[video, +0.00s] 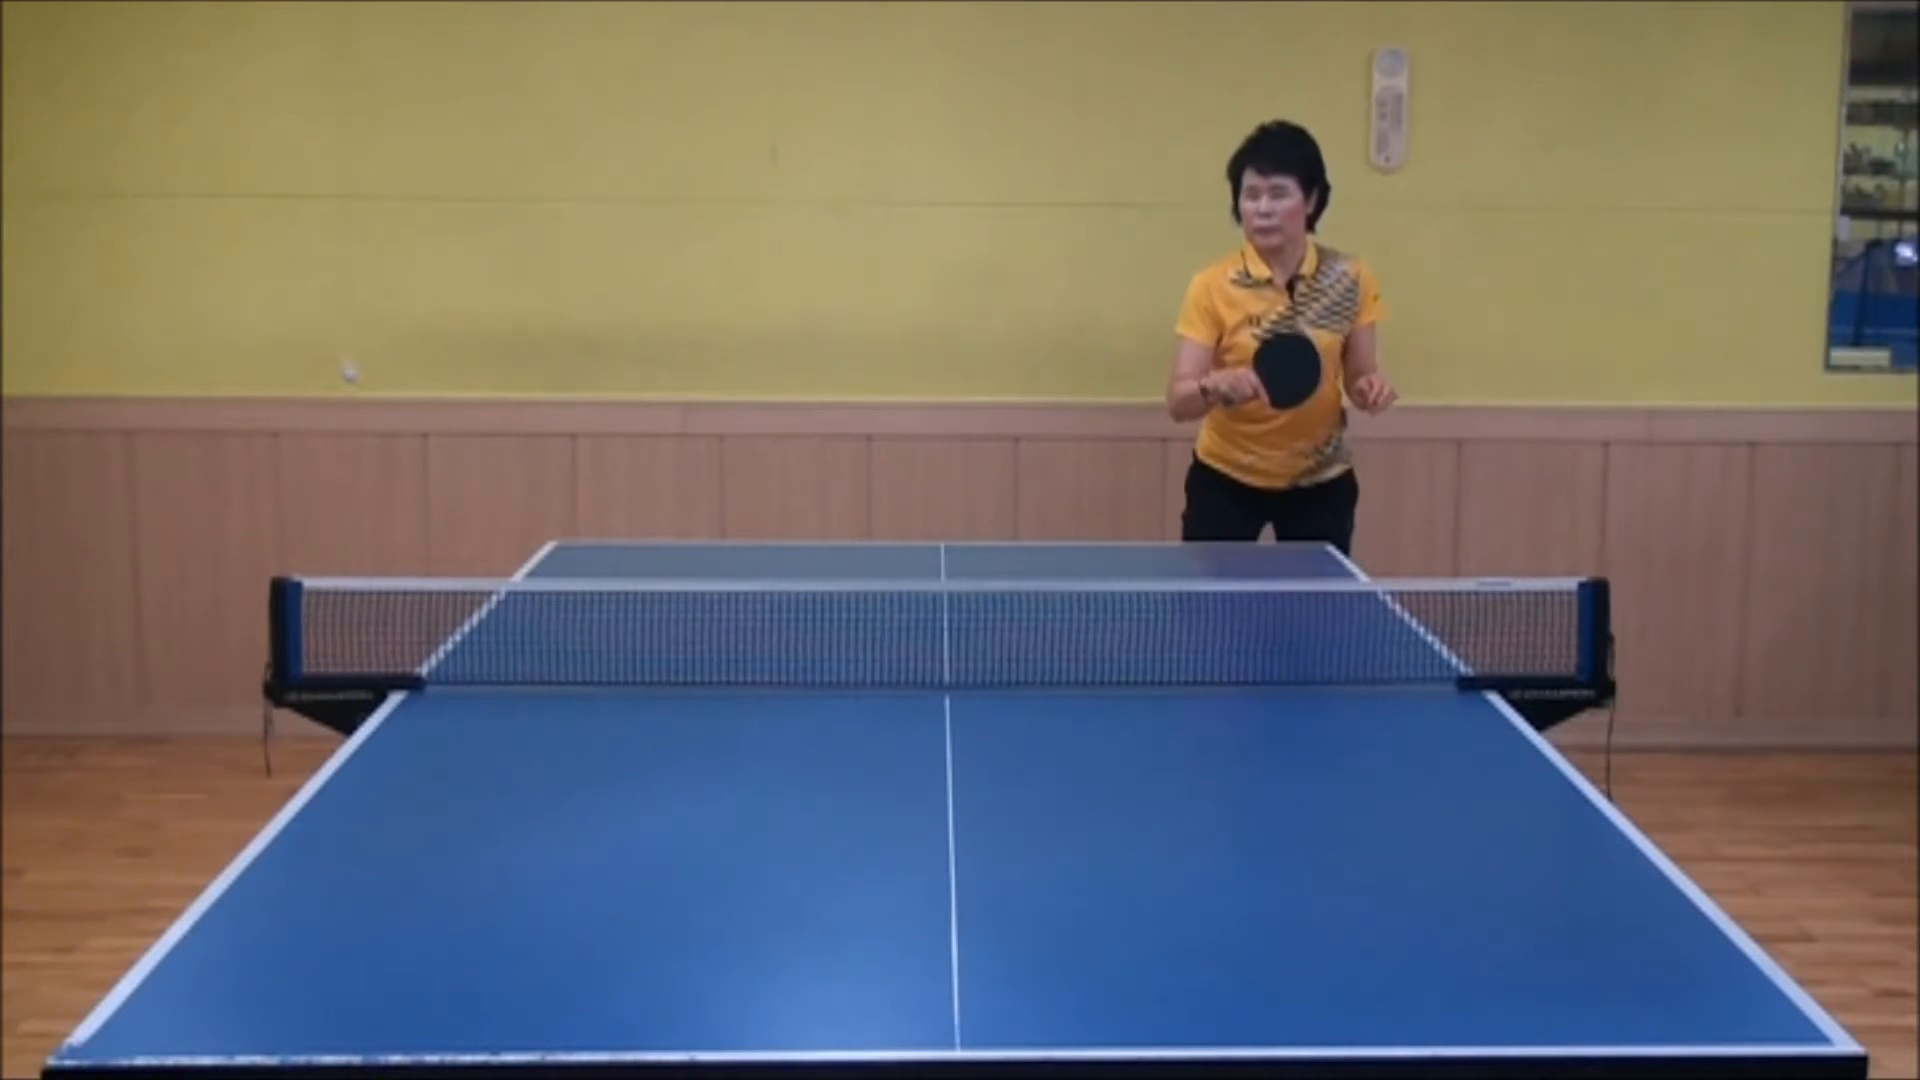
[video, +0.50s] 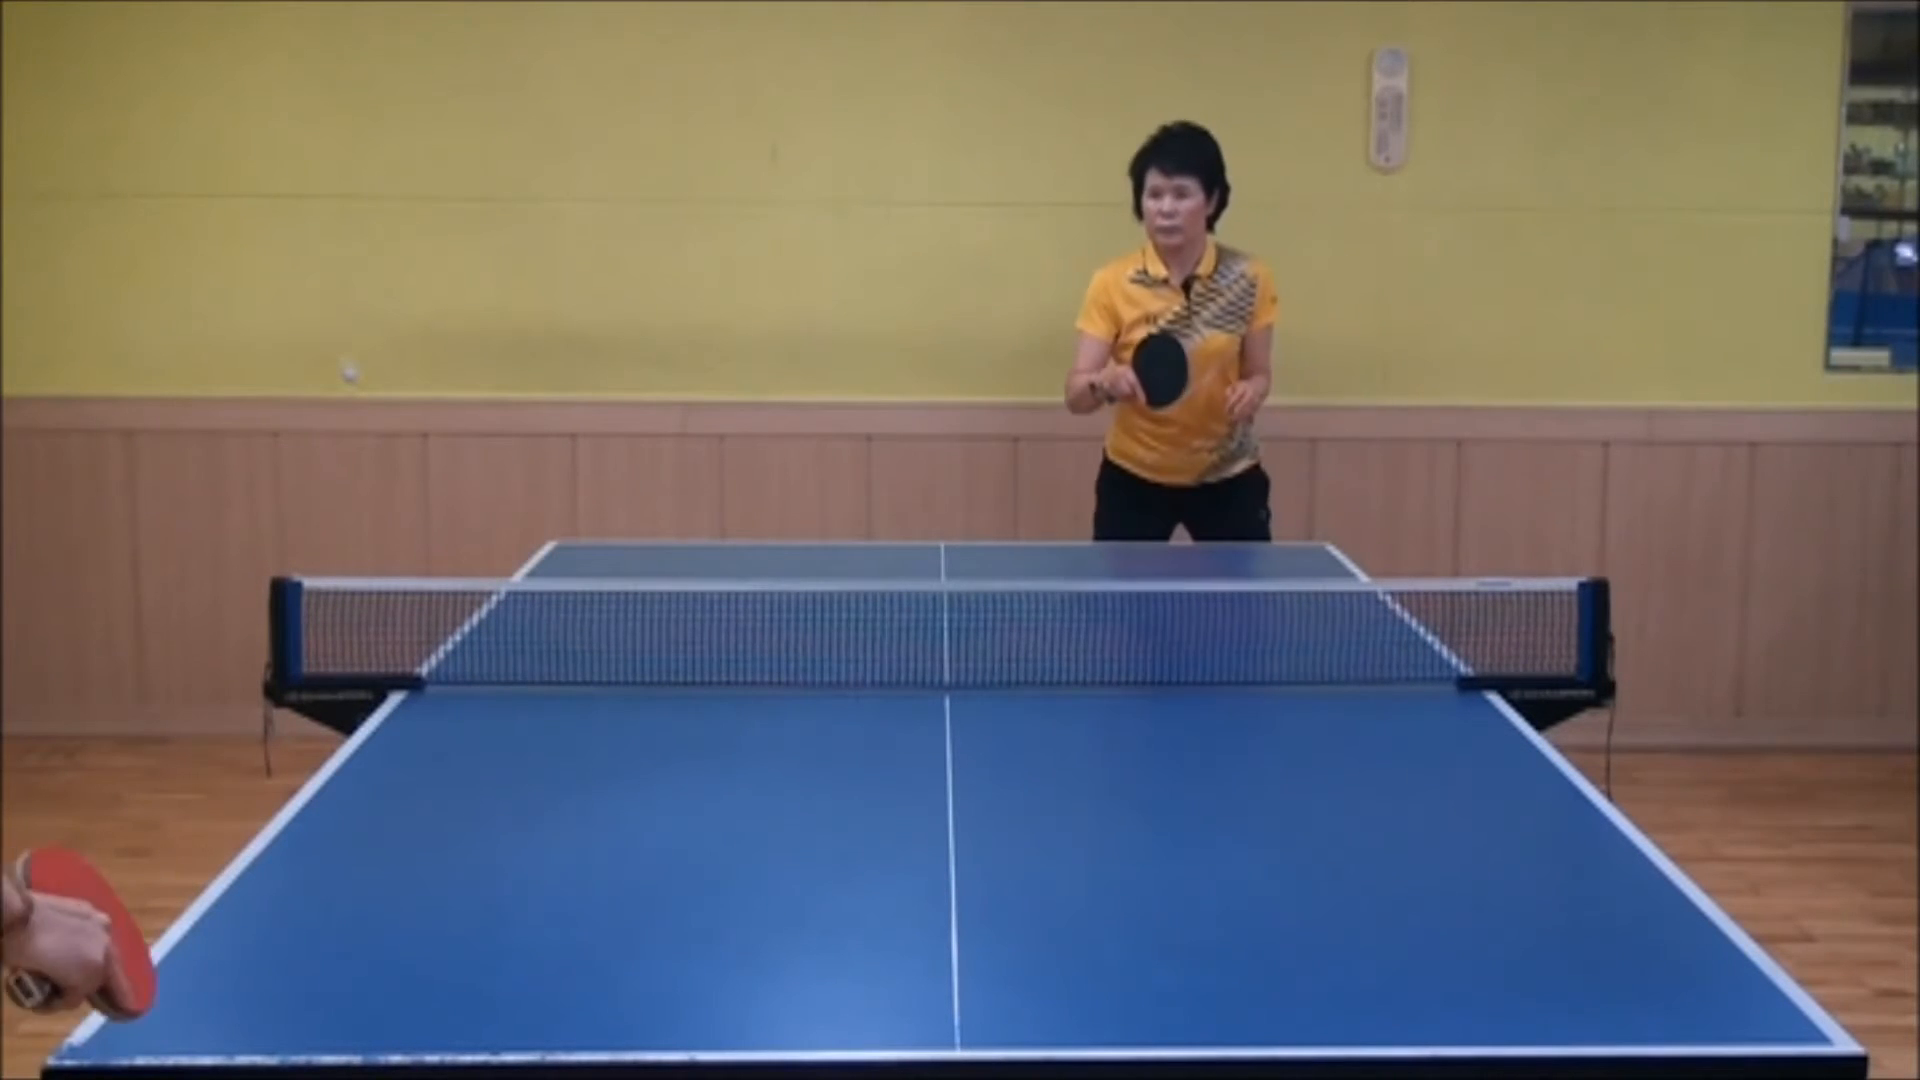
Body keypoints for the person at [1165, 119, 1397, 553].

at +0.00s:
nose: (1263, 208)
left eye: (1279, 194)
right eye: (1251, 194)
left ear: (1312, 201)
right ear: (1236, 204)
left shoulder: (1349, 281)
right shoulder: (1212, 288)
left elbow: (1360, 376)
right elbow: (1179, 403)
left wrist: (1371, 391)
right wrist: (1214, 386)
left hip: (1319, 484)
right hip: (1227, 480)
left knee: (1317, 612)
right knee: (1206, 612)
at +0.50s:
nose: (1165, 208)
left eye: (1181, 194)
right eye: (1154, 194)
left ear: (1212, 202)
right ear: (1139, 202)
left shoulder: (1249, 282)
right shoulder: (1112, 285)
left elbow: (1259, 372)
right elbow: (1077, 397)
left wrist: (1252, 390)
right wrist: (1105, 382)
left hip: (1227, 483)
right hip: (1134, 481)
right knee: (1117, 599)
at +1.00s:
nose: (1193, 203)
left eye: (1209, 189)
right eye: (1182, 189)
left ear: (1239, 196)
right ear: (1166, 196)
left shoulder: (1273, 279)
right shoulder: (1139, 280)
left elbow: (1282, 372)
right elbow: (1110, 395)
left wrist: (1280, 388)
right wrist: (1139, 382)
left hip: (1245, 482)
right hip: (1154, 479)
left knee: (1261, 600)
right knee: (1135, 600)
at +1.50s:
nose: (1212, 202)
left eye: (1227, 188)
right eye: (1200, 188)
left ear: (1258, 195)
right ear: (1185, 197)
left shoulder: (1298, 278)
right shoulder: (1161, 282)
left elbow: (1315, 370)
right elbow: (1129, 396)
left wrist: (1306, 386)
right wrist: (1154, 387)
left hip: (1277, 480)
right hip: (1184, 478)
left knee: (1284, 600)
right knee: (1155, 600)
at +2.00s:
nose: (1267, 236)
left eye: (1282, 220)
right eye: (1253, 222)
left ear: (1309, 220)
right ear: (1236, 227)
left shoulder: (1346, 299)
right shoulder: (1212, 306)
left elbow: (1354, 415)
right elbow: (1168, 414)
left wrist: (1354, 394)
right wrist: (1214, 423)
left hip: (1318, 506)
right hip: (1225, 506)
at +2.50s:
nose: (1290, 280)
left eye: (1305, 264)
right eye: (1276, 266)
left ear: (1333, 270)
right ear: (1257, 276)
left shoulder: (1351, 351)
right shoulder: (1235, 356)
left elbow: (1357, 450)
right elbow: (1203, 455)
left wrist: (1391, 450)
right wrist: (1249, 481)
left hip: (1300, 535)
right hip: (1216, 533)